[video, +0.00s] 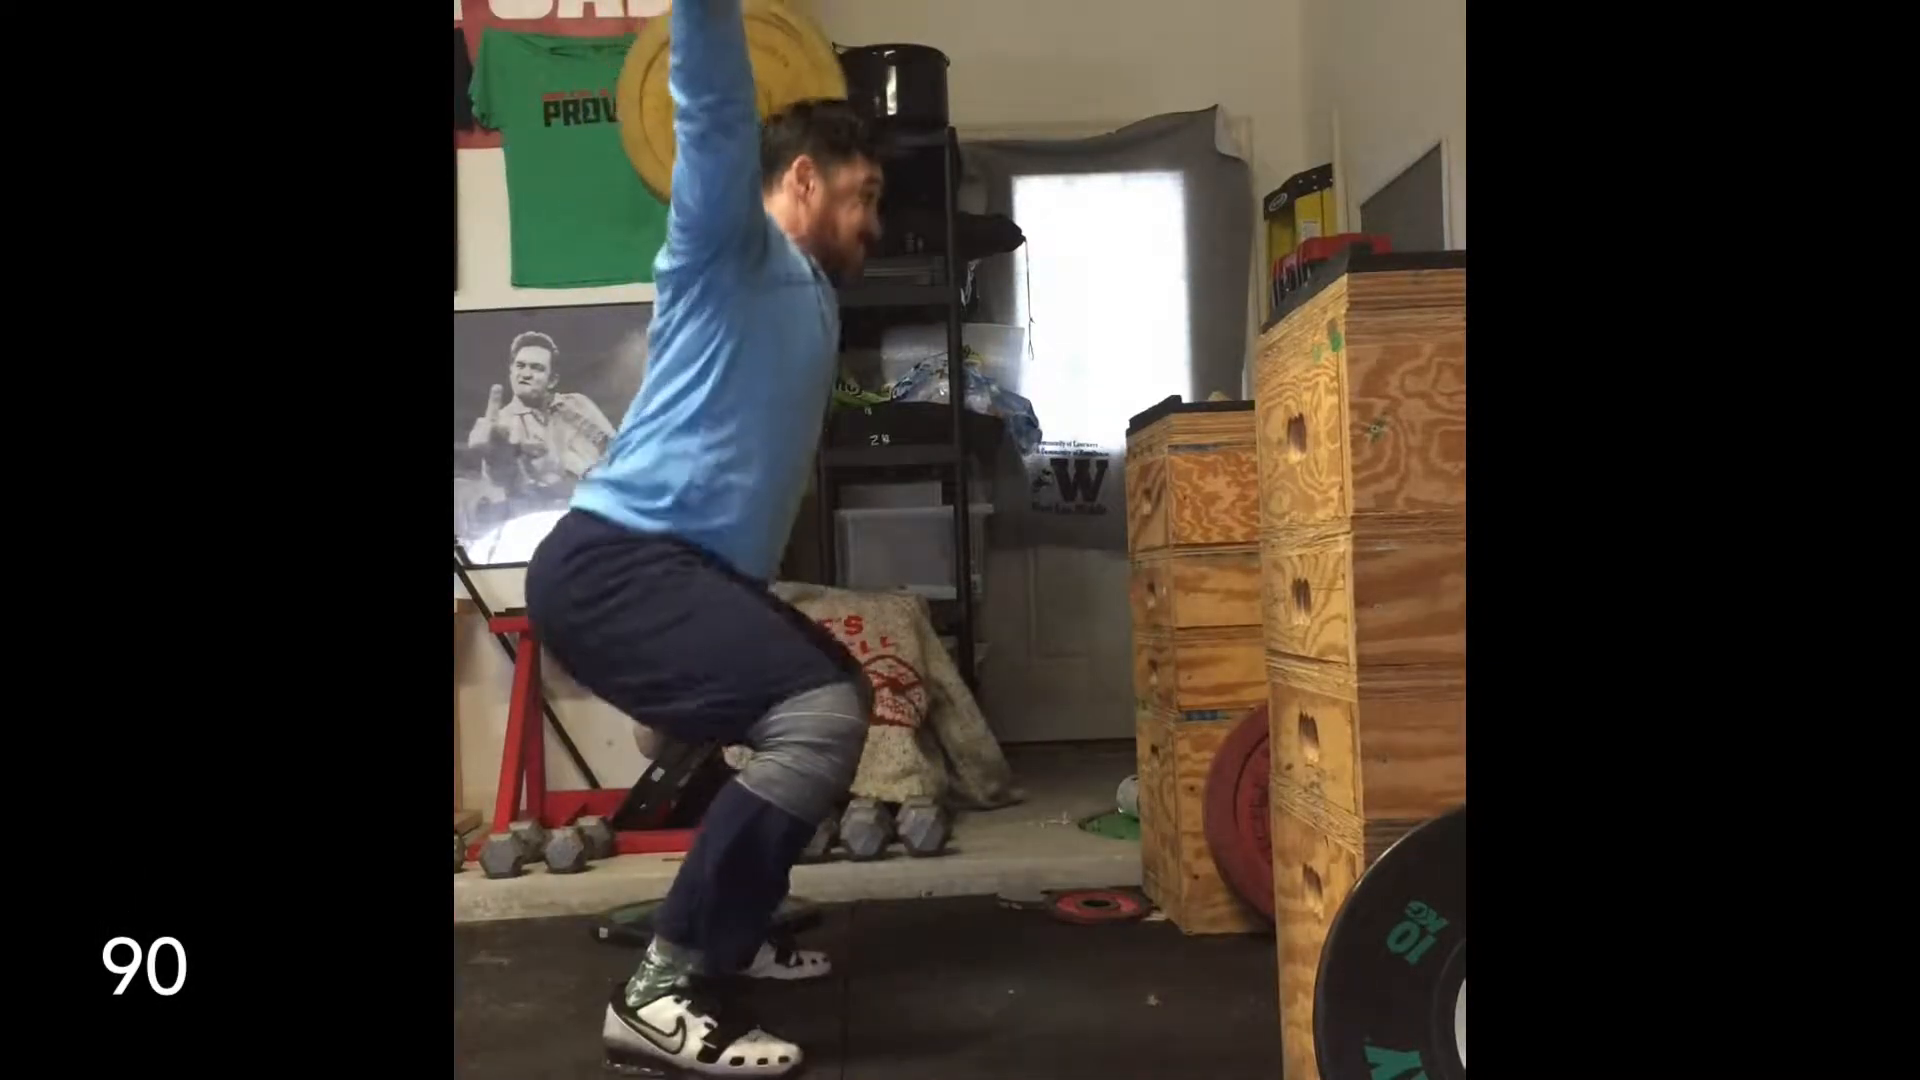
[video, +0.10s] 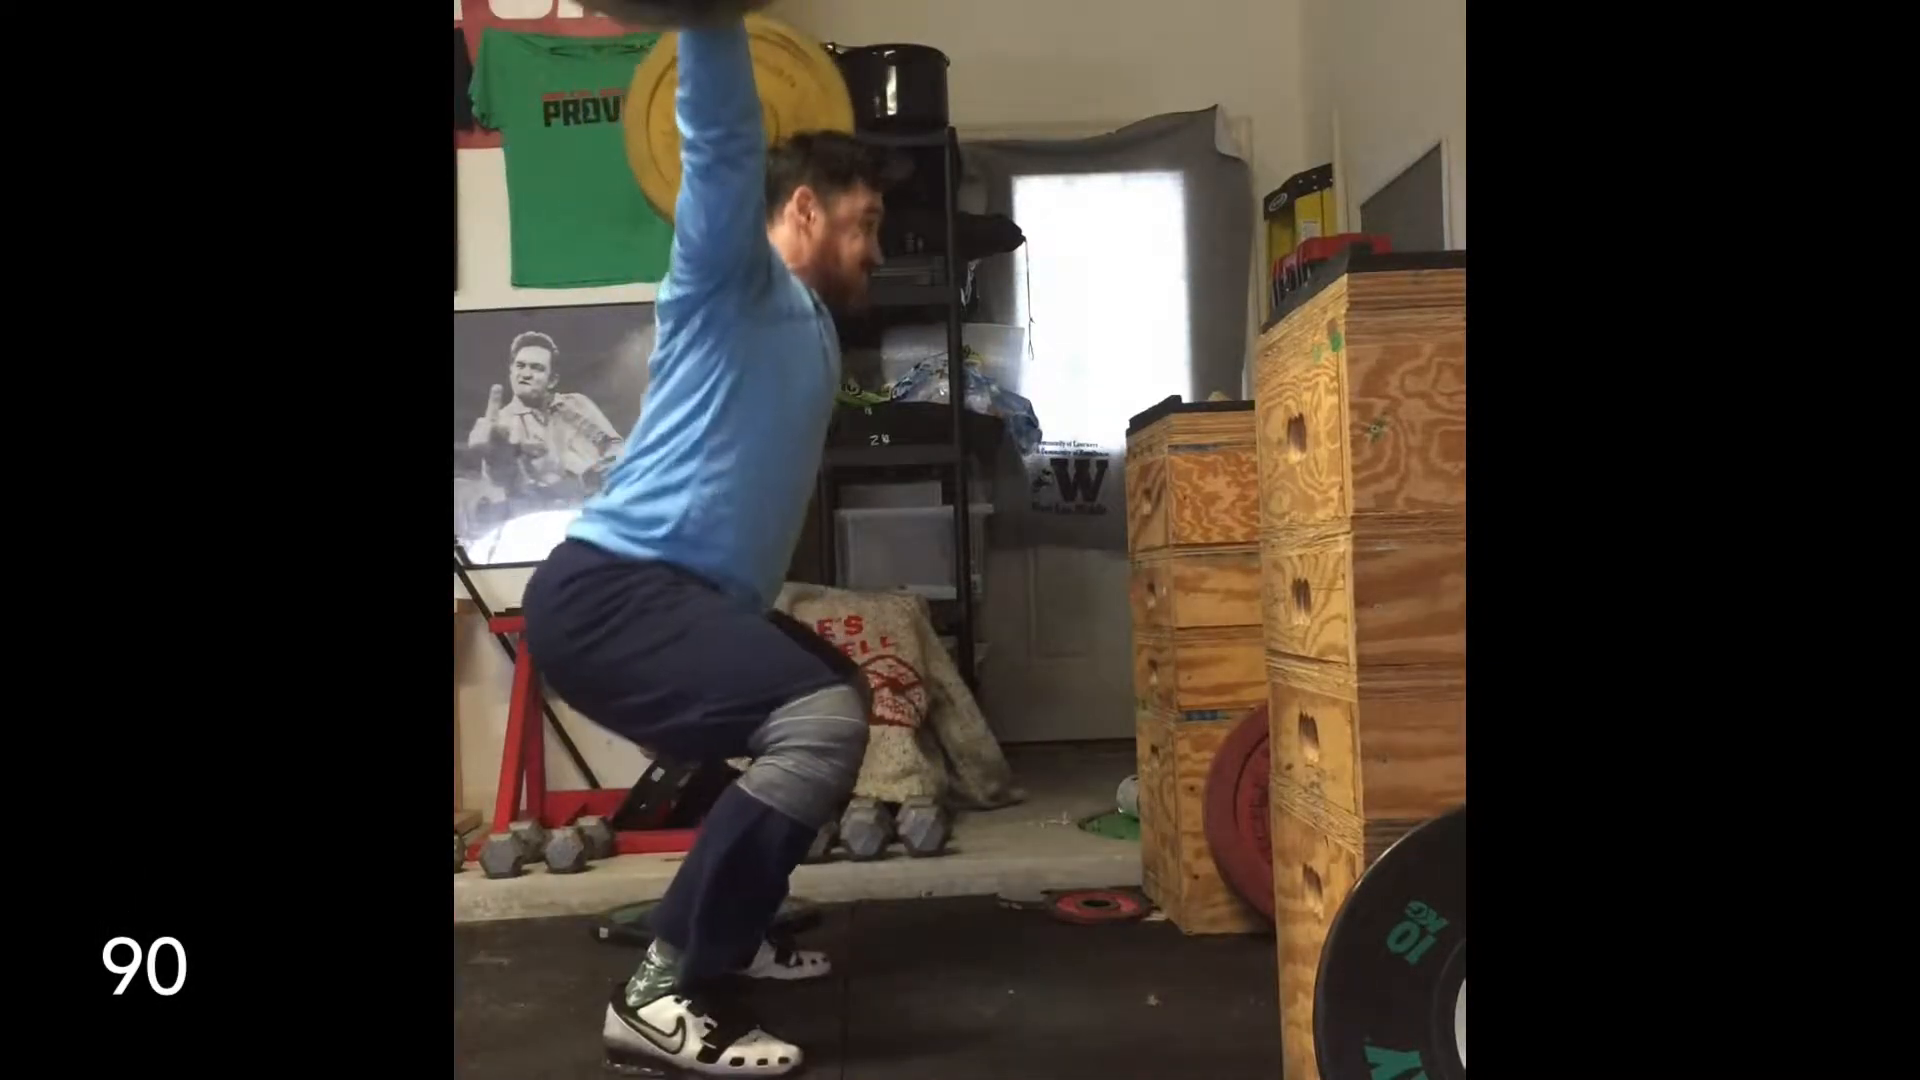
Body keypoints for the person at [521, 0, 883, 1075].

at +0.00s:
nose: (872, 226)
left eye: (876, 206)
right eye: (863, 200)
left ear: (822, 194)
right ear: (799, 179)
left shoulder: (810, 295)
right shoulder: (726, 246)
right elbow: (711, 104)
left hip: (695, 568)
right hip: (616, 559)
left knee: (833, 694)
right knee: (816, 716)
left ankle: (736, 922)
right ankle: (666, 984)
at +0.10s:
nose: (874, 253)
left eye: (876, 233)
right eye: (864, 228)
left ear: (822, 225)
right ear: (800, 213)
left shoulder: (804, 326)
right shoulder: (729, 282)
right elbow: (721, 141)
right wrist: (711, 18)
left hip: (693, 594)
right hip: (612, 588)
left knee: (833, 697)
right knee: (818, 720)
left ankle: (733, 914)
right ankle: (666, 987)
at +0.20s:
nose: (877, 277)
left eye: (879, 257)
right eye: (867, 253)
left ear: (821, 247)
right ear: (804, 237)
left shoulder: (811, 348)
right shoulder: (734, 309)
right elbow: (727, 173)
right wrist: (717, 40)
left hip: (697, 613)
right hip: (614, 611)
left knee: (842, 703)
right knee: (827, 730)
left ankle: (739, 915)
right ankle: (665, 987)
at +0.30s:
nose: (887, 302)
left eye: (888, 282)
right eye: (876, 278)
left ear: (828, 274)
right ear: (814, 265)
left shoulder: (820, 377)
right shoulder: (743, 331)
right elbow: (737, 196)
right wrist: (726, 51)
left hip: (703, 640)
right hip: (616, 635)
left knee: (848, 704)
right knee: (831, 736)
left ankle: (744, 917)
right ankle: (667, 986)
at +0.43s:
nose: (895, 339)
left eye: (898, 319)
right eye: (885, 315)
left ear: (837, 311)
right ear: (825, 304)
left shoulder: (835, 421)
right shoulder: (750, 373)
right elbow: (745, 238)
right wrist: (730, 89)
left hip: (707, 669)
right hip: (621, 671)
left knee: (864, 714)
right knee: (840, 745)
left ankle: (750, 922)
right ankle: (675, 987)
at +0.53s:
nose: (904, 365)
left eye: (904, 346)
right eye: (891, 343)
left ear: (842, 342)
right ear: (831, 335)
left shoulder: (839, 449)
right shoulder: (754, 404)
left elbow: (765, 622)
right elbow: (750, 272)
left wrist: (849, 682)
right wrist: (738, 128)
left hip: (712, 701)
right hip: (627, 704)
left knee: (870, 725)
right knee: (851, 753)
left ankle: (748, 928)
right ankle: (678, 988)